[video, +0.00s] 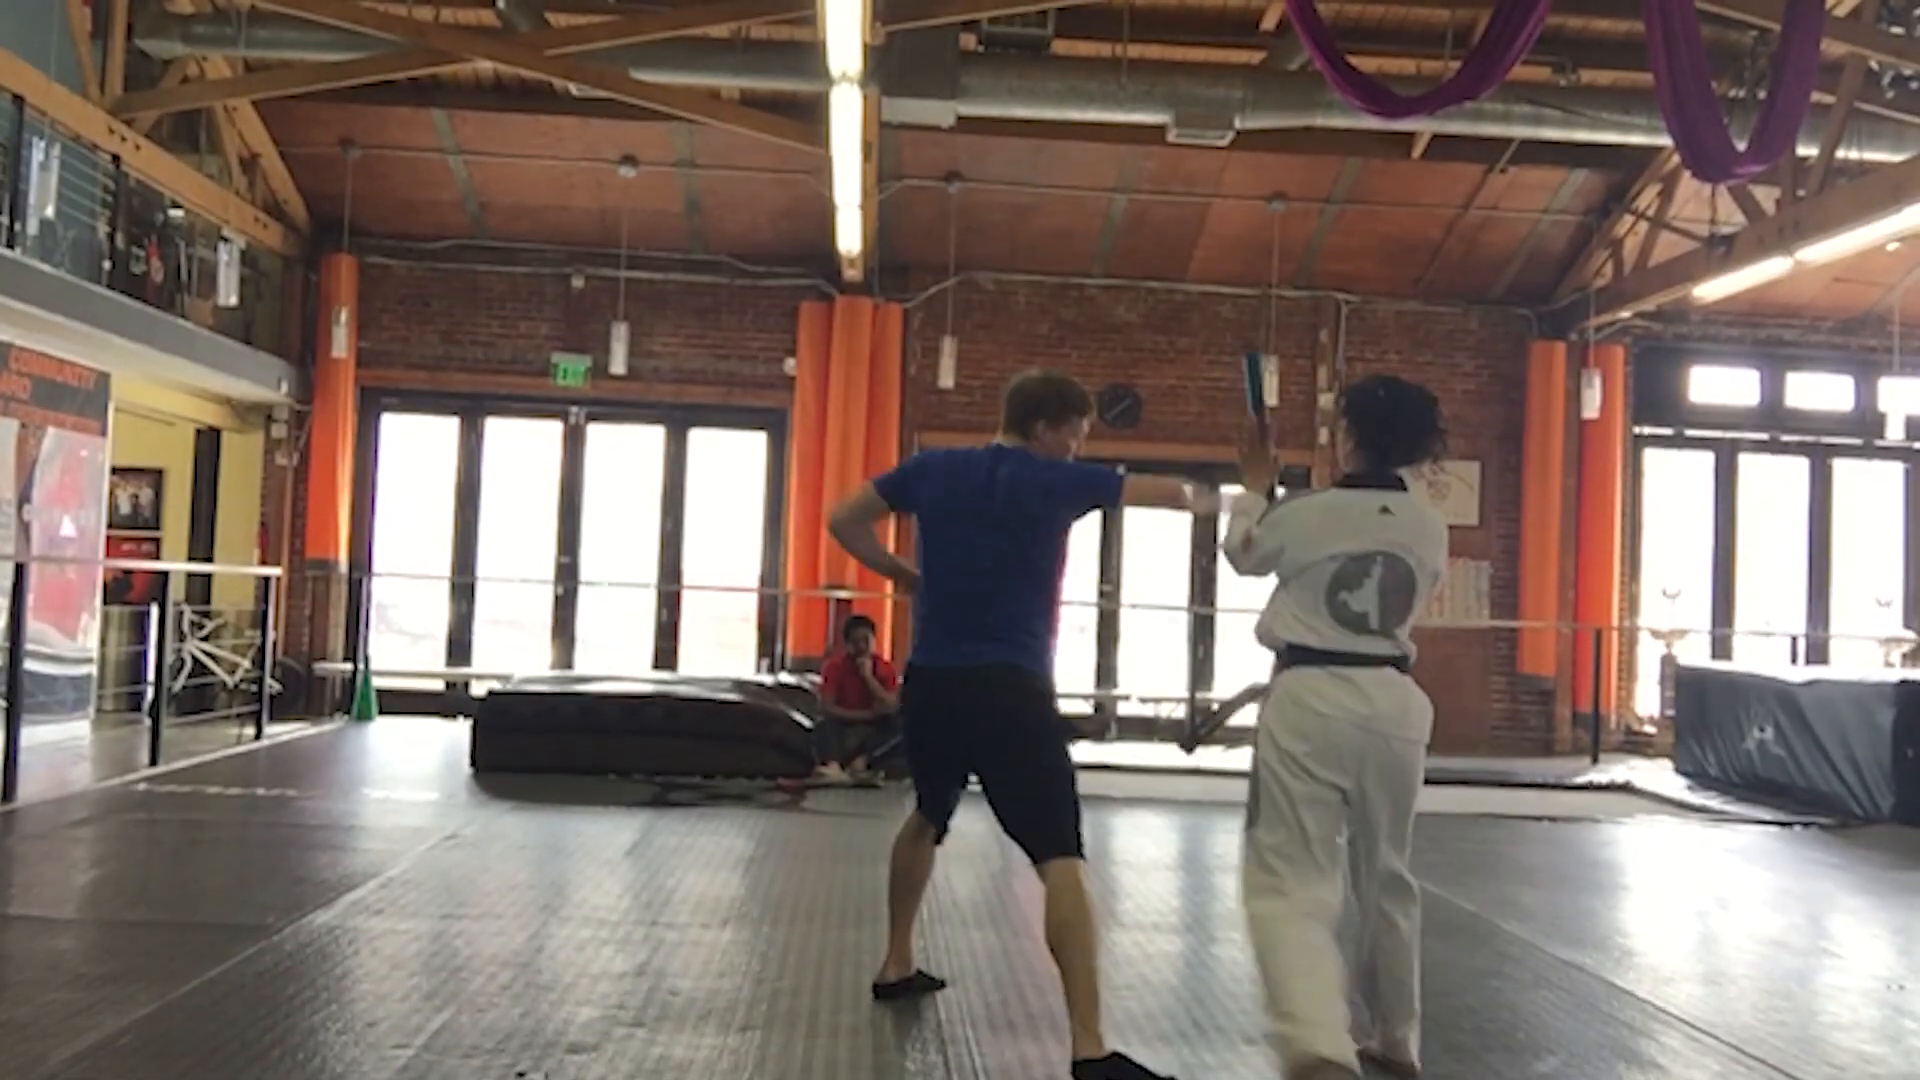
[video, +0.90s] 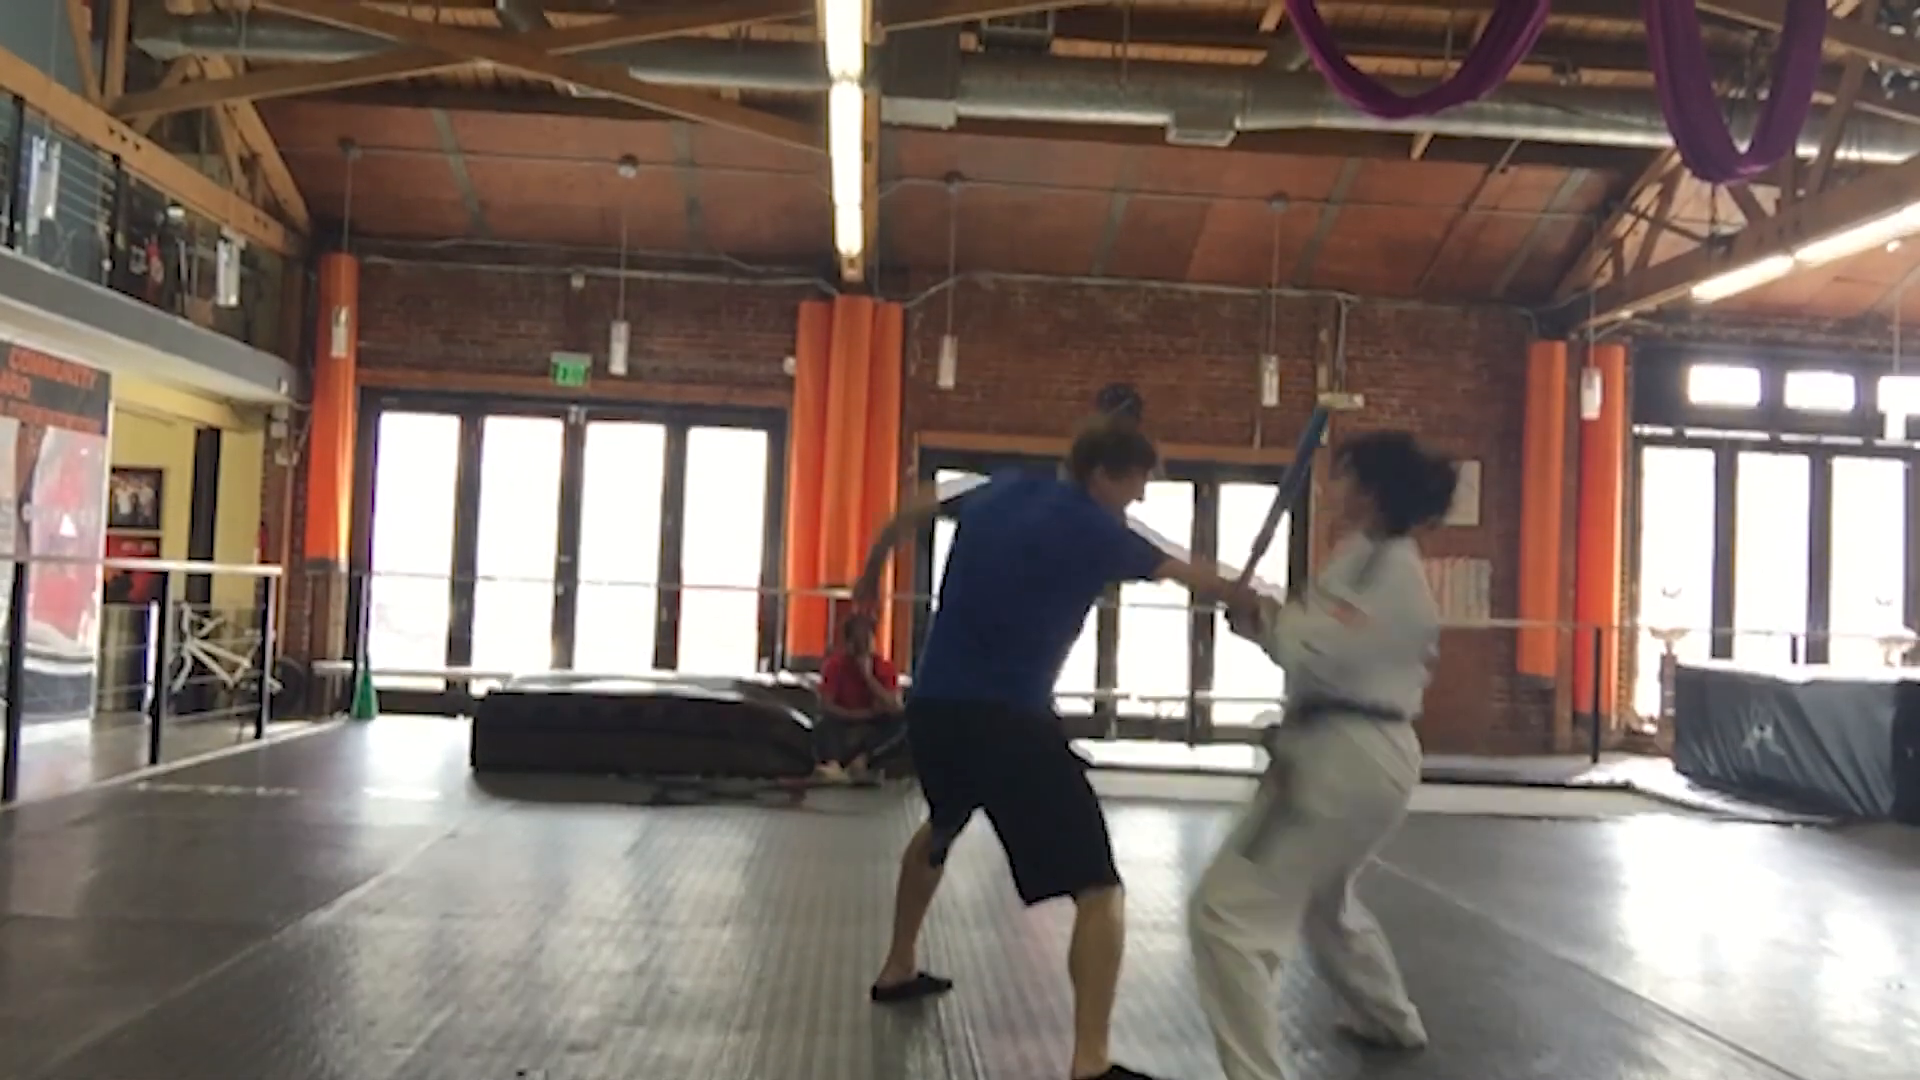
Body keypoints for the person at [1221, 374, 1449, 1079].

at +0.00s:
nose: (1332, 437)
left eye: (1339, 427)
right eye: (1337, 425)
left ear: (1353, 438)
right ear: (1414, 444)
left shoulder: (1304, 512)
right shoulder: (1430, 526)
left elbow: (1244, 554)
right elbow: (1403, 594)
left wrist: (1255, 492)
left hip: (1308, 697)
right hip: (1396, 700)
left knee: (1292, 877)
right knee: (1389, 878)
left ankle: (1320, 1051)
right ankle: (1398, 1046)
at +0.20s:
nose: (1298, 454)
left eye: (1304, 444)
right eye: (1300, 443)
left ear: (1320, 452)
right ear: (1385, 453)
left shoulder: (1289, 521)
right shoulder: (1413, 530)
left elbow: (1222, 536)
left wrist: (1234, 487)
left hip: (1290, 709)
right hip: (1379, 715)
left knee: (1233, 884)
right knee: (1371, 885)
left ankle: (1216, 1056)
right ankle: (1397, 1051)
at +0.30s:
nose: (1259, 454)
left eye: (1265, 441)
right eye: (1259, 441)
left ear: (1290, 450)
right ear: (1347, 446)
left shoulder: (1266, 518)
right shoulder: (1389, 503)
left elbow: (1214, 565)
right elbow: (1453, 468)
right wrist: (1449, 417)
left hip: (1308, 708)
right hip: (1381, 704)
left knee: (1241, 880)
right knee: (1337, 861)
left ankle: (1232, 1063)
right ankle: (1394, 1022)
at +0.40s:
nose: (1247, 460)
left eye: (1255, 446)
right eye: (1247, 446)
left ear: (1284, 451)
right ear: (1325, 444)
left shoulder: (1279, 523)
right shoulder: (1377, 475)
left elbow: (1220, 598)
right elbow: (1417, 430)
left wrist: (1220, 571)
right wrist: (1434, 410)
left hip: (1333, 706)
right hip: (1390, 698)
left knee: (1245, 875)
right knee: (1333, 859)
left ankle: (1232, 1061)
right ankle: (1387, 1000)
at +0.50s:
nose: (1258, 479)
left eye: (1265, 468)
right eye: (1258, 467)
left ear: (1298, 470)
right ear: (1321, 464)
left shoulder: (1326, 532)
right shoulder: (1357, 498)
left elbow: (1236, 597)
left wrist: (1256, 533)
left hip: (1359, 721)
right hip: (1377, 709)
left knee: (1270, 897)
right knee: (1351, 874)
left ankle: (1232, 1068)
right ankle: (1393, 1018)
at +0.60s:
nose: (1277, 504)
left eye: (1286, 492)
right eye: (1276, 492)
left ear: (1324, 496)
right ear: (1316, 498)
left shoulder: (1363, 557)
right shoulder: (1309, 546)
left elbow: (1275, 622)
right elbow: (1240, 594)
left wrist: (1242, 574)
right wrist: (1201, 652)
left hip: (1395, 747)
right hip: (1359, 744)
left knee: (1288, 899)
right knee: (1351, 898)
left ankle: (1257, 1069)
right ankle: (1396, 1024)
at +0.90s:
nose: (1334, 489)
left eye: (1346, 478)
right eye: (1339, 476)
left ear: (1373, 494)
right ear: (1388, 497)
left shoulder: (1391, 575)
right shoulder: (1358, 561)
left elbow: (1317, 651)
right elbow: (1312, 638)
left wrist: (1267, 609)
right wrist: (1257, 618)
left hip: (1356, 757)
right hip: (1345, 750)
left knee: (1226, 914)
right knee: (1326, 904)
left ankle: (1255, 1071)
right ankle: (1390, 1026)